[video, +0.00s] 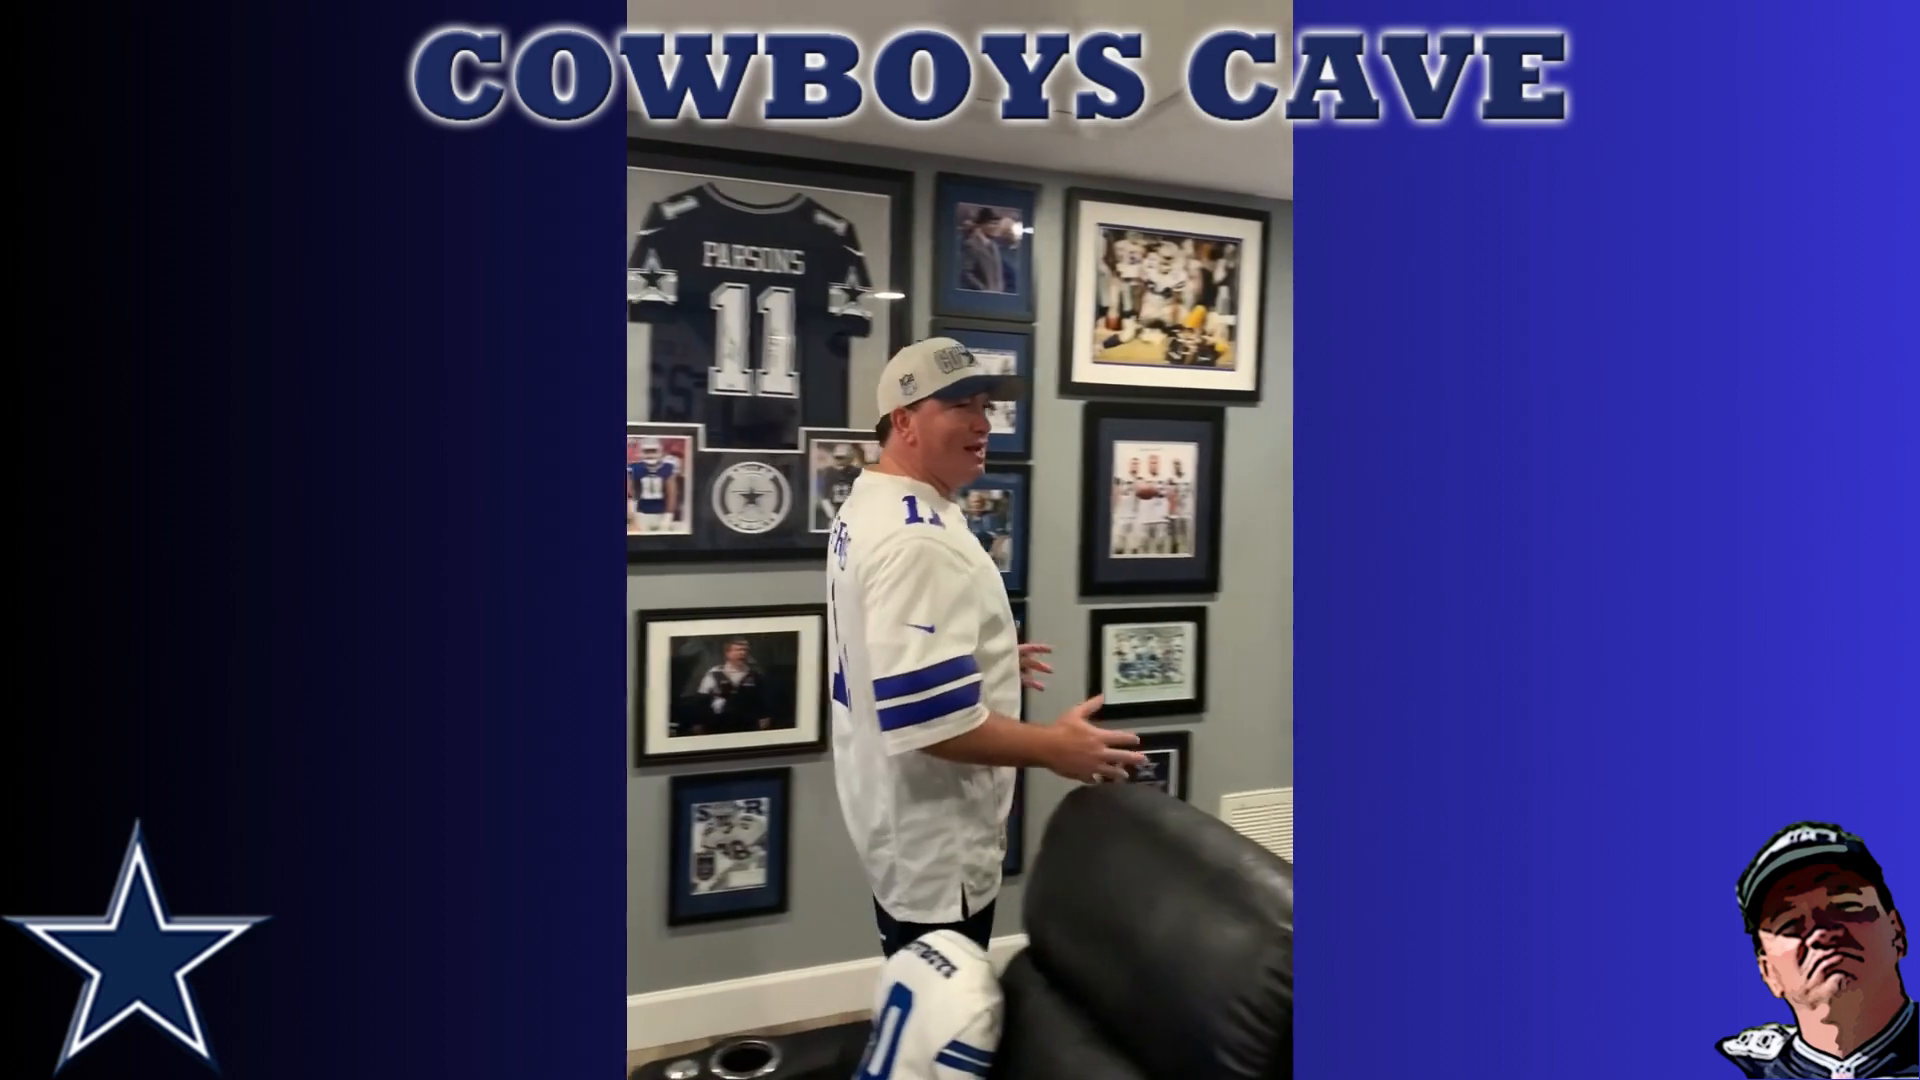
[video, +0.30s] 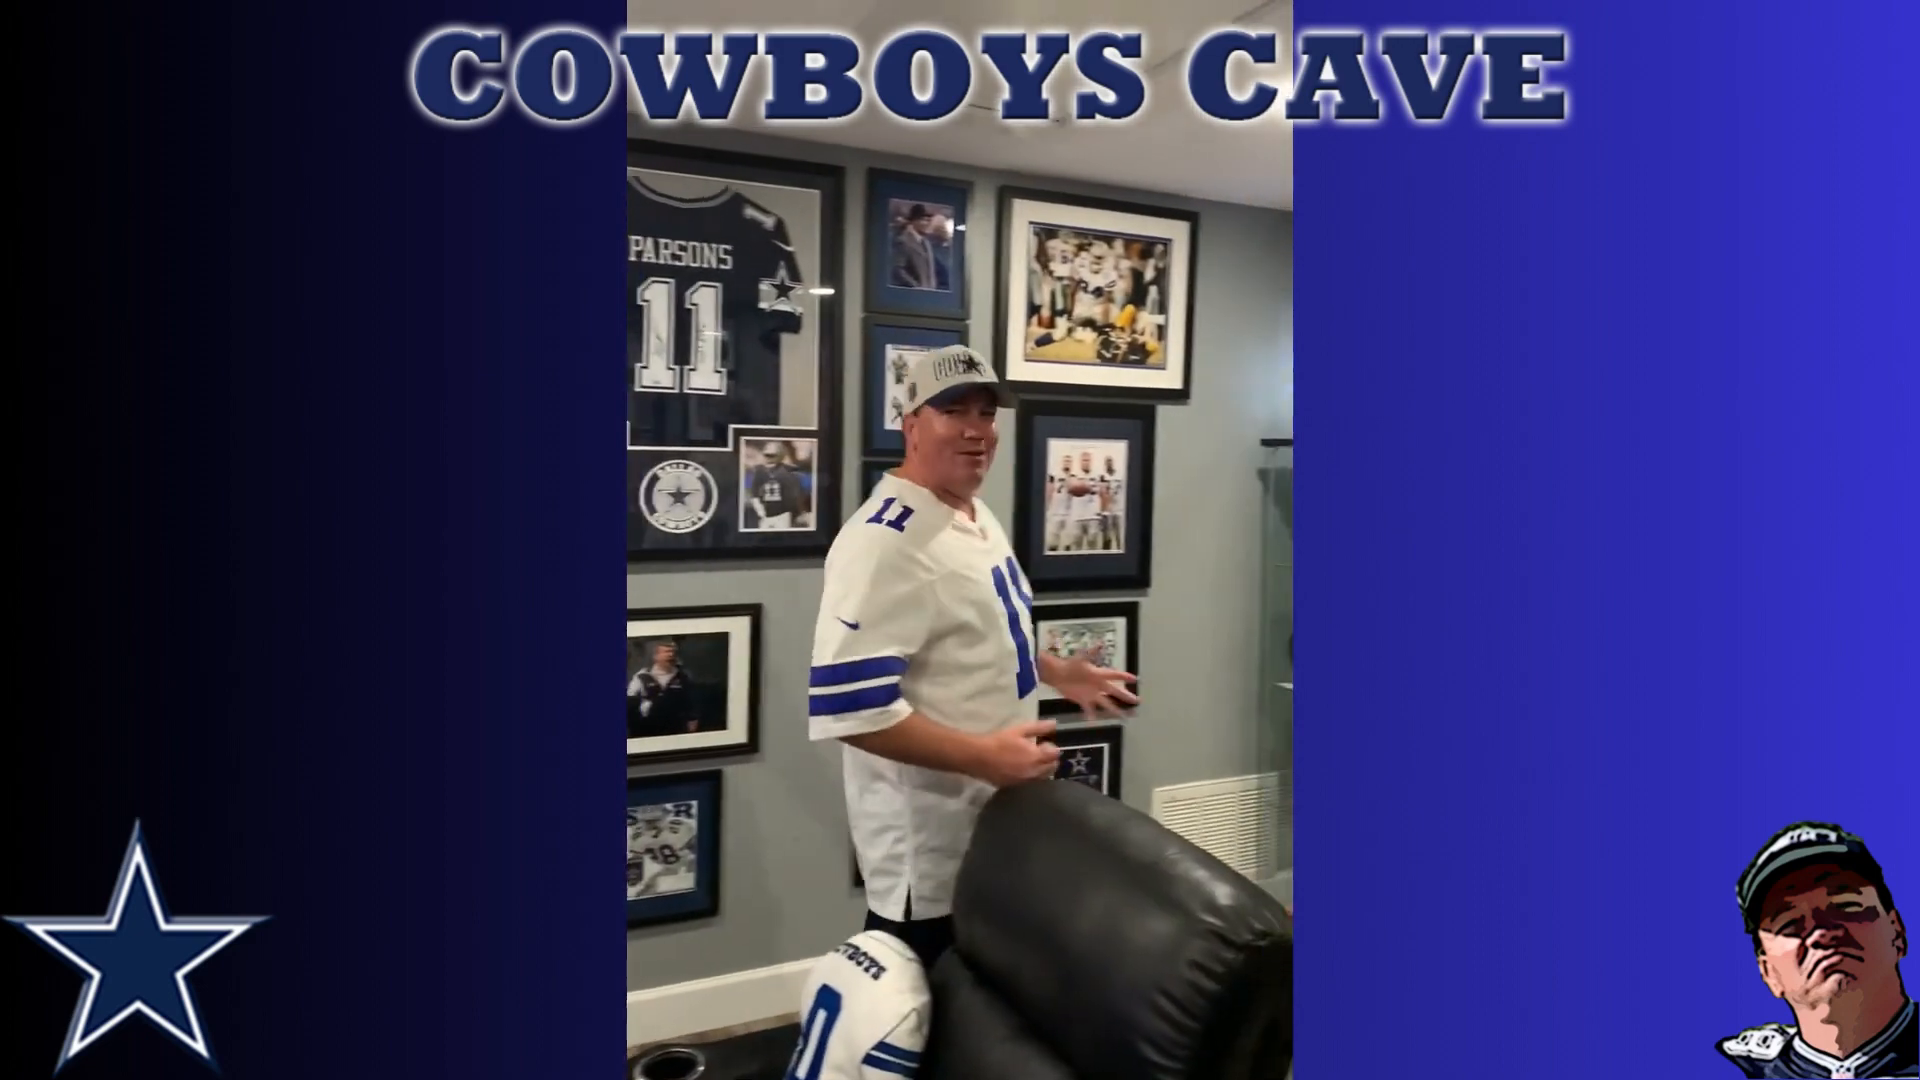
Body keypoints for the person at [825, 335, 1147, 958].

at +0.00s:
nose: (983, 425)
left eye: (983, 408)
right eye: (962, 406)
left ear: (905, 428)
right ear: (905, 423)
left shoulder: (874, 505)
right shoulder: (913, 541)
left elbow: (879, 652)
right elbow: (932, 720)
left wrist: (985, 658)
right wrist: (1049, 746)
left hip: (904, 817)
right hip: (938, 834)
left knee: (932, 1015)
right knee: (946, 1024)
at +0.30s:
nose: (978, 430)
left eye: (988, 413)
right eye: (955, 411)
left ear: (998, 425)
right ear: (909, 423)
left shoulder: (973, 518)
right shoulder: (882, 541)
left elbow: (985, 641)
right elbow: (852, 709)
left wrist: (1058, 672)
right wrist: (981, 756)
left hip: (990, 831)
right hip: (923, 850)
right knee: (920, 1031)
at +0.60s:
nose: (975, 429)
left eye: (997, 412)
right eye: (966, 411)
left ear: (1037, 429)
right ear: (954, 421)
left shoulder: (1087, 516)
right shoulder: (907, 536)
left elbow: (1124, 616)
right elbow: (859, 657)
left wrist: (1164, 681)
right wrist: (917, 721)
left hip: (1074, 809)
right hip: (958, 817)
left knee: (1073, 975)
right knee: (948, 983)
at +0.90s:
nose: (949, 425)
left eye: (968, 409)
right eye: (947, 410)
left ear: (1019, 426)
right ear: (942, 418)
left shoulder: (1094, 513)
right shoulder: (916, 526)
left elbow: (1154, 614)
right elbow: (879, 625)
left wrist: (1140, 682)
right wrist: (884, 689)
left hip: (1076, 799)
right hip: (965, 800)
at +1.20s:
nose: (988, 435)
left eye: (1005, 419)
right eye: (983, 421)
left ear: (1049, 435)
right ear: (976, 434)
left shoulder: (1115, 515)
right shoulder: (968, 527)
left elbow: (1182, 626)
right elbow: (937, 618)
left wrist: (1108, 681)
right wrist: (906, 669)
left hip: (1095, 796)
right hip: (994, 794)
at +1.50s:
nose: (1095, 415)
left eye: (1110, 405)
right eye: (1081, 404)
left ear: (1132, 429)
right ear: (1062, 427)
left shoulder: (1175, 515)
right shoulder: (1007, 509)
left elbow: (1212, 619)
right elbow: (957, 595)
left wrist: (1187, 649)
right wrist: (979, 626)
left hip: (1131, 773)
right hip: (1023, 771)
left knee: (1131, 937)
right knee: (1024, 931)